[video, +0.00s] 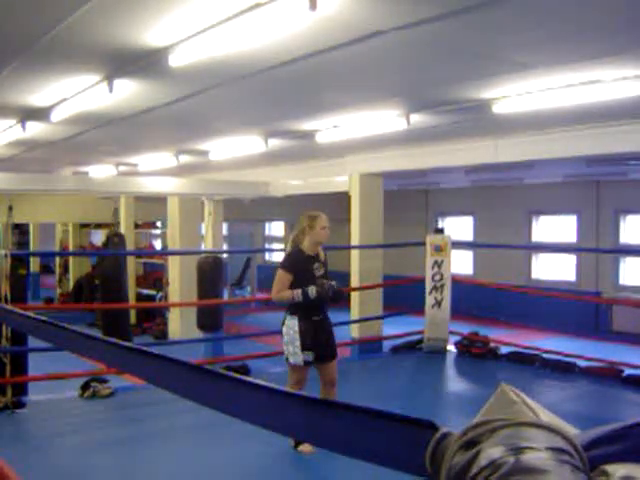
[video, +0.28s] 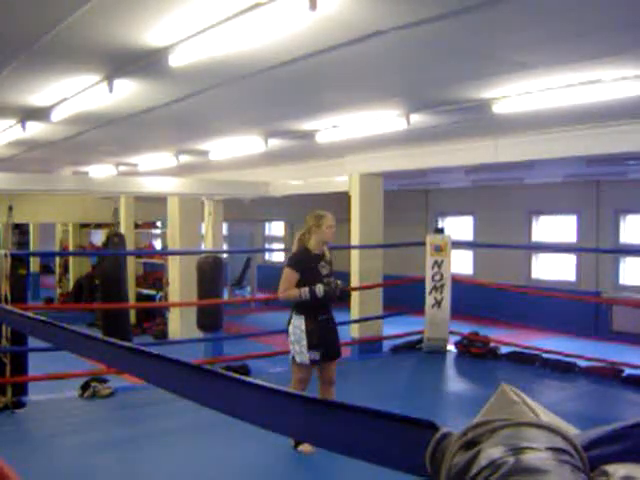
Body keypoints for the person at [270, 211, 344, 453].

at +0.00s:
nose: (327, 233)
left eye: (327, 229)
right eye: (323, 228)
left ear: (321, 231)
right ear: (308, 230)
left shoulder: (321, 256)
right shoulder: (293, 258)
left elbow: (319, 285)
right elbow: (277, 294)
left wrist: (330, 289)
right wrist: (307, 292)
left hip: (320, 318)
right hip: (298, 320)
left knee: (330, 380)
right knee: (297, 380)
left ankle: (326, 431)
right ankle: (297, 434)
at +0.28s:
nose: (333, 232)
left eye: (333, 228)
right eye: (329, 228)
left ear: (327, 230)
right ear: (315, 229)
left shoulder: (326, 257)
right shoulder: (298, 257)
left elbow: (323, 286)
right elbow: (284, 292)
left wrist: (335, 288)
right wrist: (315, 290)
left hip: (324, 317)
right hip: (303, 318)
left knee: (328, 379)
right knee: (301, 380)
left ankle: (326, 430)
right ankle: (298, 433)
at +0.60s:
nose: (341, 233)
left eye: (342, 228)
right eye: (338, 228)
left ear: (334, 230)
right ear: (324, 228)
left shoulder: (332, 258)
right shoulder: (308, 256)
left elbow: (330, 289)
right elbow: (292, 290)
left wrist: (346, 291)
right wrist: (324, 289)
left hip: (331, 317)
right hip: (310, 317)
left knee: (331, 378)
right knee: (305, 379)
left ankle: (329, 429)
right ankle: (300, 433)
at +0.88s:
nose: (345, 233)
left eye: (345, 228)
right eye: (342, 228)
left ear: (336, 230)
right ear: (328, 229)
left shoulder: (335, 258)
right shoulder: (312, 255)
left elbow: (333, 289)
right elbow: (296, 290)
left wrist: (349, 291)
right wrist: (327, 288)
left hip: (333, 317)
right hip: (313, 318)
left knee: (332, 378)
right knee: (308, 379)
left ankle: (328, 429)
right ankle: (300, 432)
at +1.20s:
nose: (346, 233)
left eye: (347, 229)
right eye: (343, 228)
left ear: (337, 230)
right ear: (329, 229)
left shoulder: (336, 258)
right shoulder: (314, 256)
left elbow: (333, 289)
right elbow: (298, 290)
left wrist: (350, 290)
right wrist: (329, 288)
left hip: (336, 317)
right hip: (316, 318)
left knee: (334, 378)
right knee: (309, 379)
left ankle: (330, 429)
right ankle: (300, 431)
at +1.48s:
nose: (346, 233)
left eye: (347, 229)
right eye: (343, 229)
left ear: (337, 230)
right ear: (329, 229)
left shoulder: (336, 259)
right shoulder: (314, 256)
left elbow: (333, 288)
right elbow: (298, 289)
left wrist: (350, 290)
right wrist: (330, 289)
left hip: (336, 317)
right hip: (316, 318)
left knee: (334, 378)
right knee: (310, 380)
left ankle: (330, 429)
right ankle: (299, 431)